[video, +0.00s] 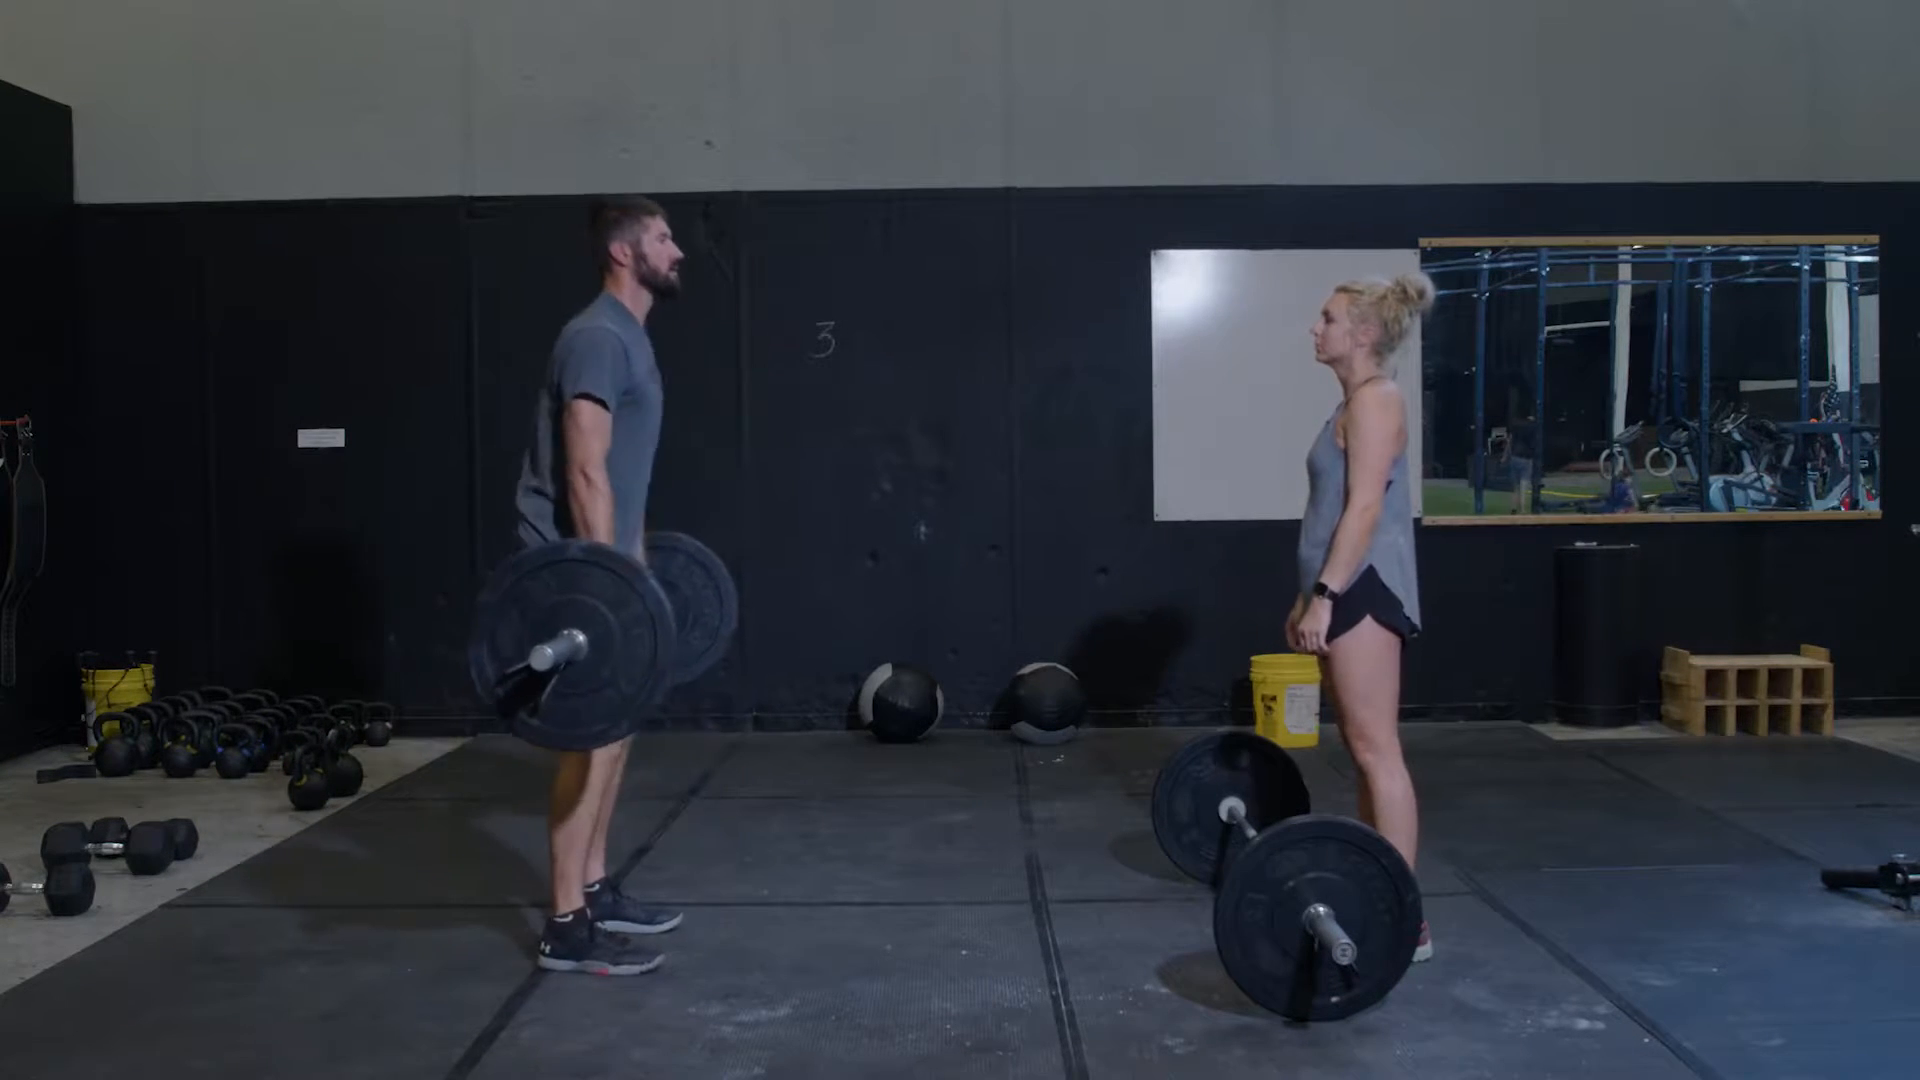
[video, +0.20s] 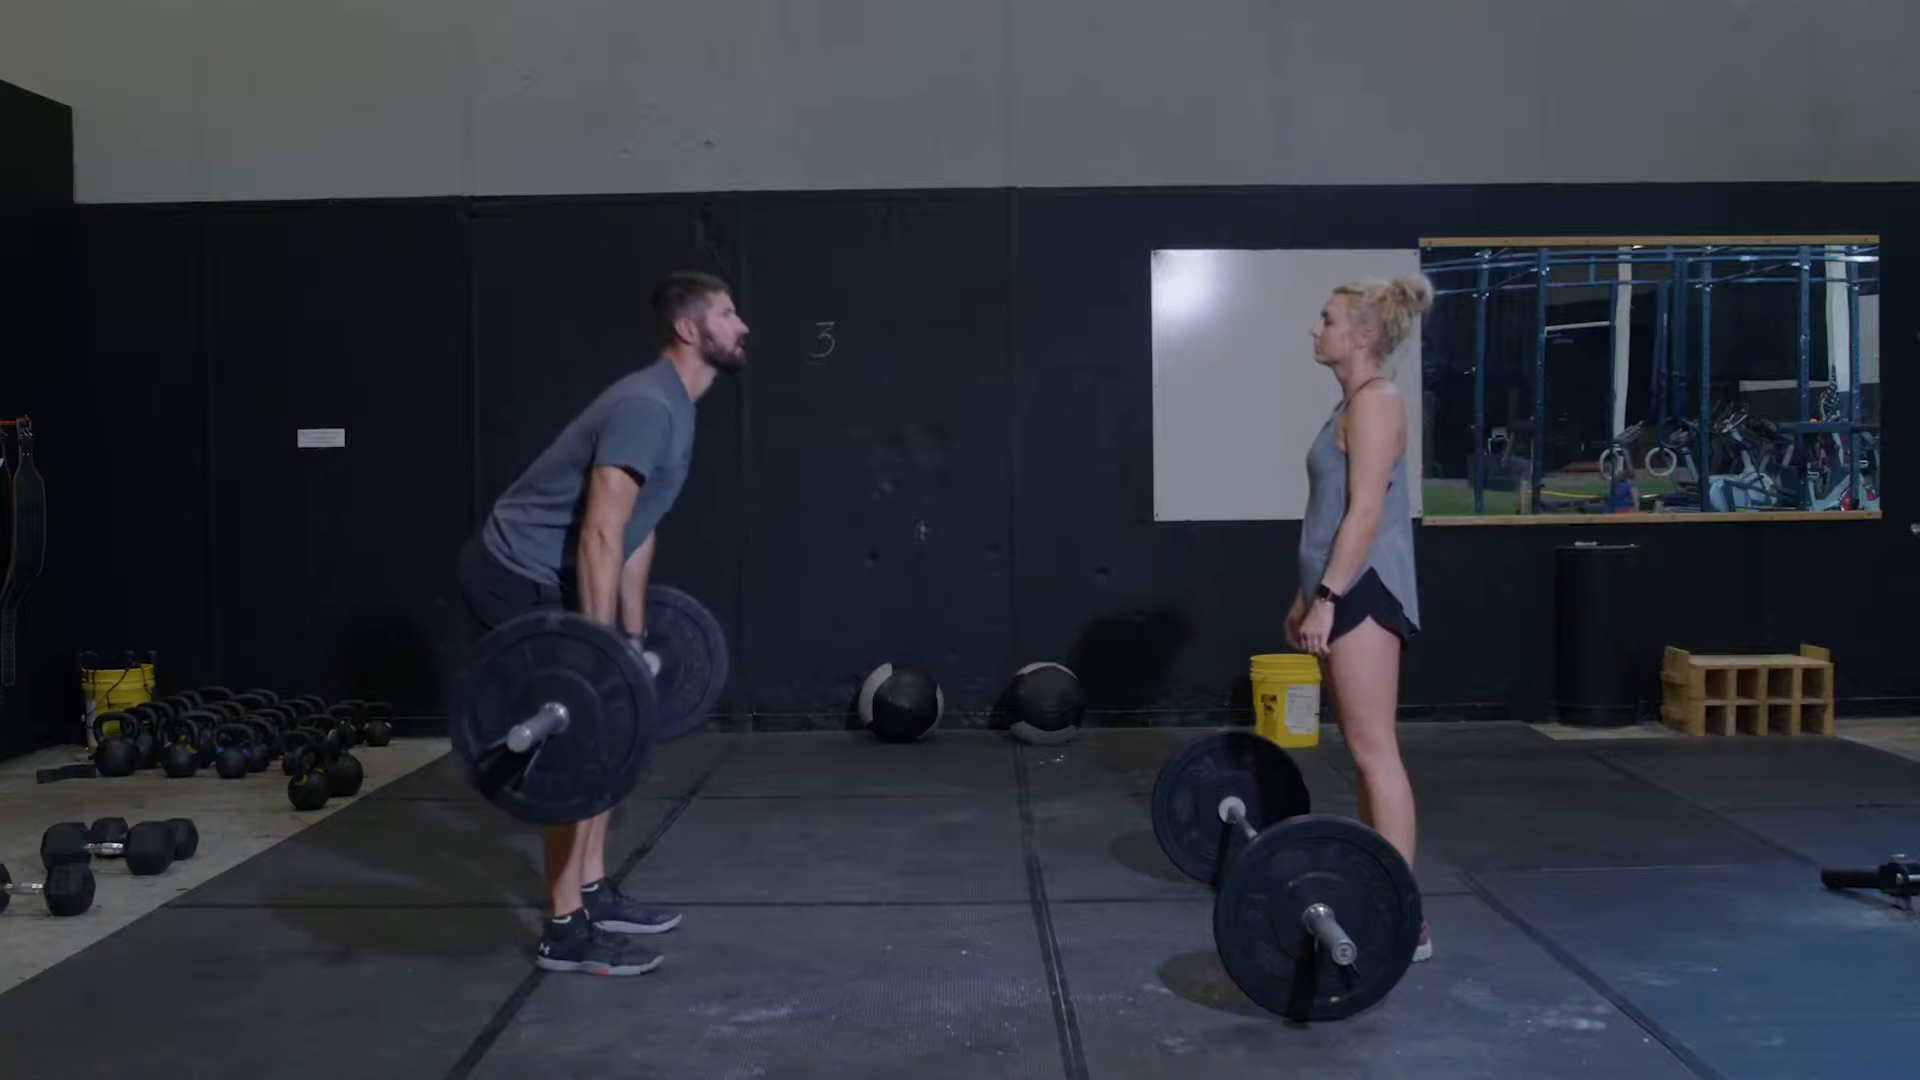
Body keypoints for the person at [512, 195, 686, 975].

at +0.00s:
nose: (677, 253)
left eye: (673, 240)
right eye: (664, 241)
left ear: (633, 255)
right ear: (624, 254)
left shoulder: (629, 338)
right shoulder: (597, 339)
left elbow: (614, 473)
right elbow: (583, 474)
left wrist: (640, 570)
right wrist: (604, 588)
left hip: (610, 558)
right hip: (575, 562)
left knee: (616, 725)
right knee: (590, 730)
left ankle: (590, 891)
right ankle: (566, 923)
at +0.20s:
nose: (742, 328)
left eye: (738, 315)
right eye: (728, 316)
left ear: (694, 332)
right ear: (688, 329)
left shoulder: (675, 411)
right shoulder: (647, 407)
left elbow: (638, 535)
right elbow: (598, 535)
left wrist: (633, 642)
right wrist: (595, 656)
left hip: (561, 570)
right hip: (517, 574)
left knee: (609, 715)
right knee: (579, 726)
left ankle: (589, 893)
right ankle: (562, 924)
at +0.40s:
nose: (708, 304)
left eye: (702, 293)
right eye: (693, 294)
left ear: (660, 313)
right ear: (653, 311)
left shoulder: (656, 391)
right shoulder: (625, 389)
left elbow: (644, 517)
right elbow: (598, 519)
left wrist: (654, 618)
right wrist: (617, 635)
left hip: (576, 571)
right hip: (538, 574)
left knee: (636, 717)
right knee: (613, 729)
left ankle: (597, 892)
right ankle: (568, 924)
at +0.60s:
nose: (629, 224)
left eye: (624, 210)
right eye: (614, 212)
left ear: (586, 226)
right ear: (574, 227)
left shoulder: (602, 294)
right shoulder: (566, 292)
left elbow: (642, 395)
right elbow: (593, 399)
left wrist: (685, 476)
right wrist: (648, 477)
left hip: (602, 524)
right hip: (567, 529)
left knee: (630, 696)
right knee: (598, 705)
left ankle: (604, 870)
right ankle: (576, 902)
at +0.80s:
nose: (647, 287)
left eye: (648, 274)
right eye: (630, 276)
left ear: (648, 280)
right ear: (590, 284)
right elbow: (538, 477)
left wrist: (695, 371)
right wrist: (592, 408)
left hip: (606, 579)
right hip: (562, 586)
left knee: (664, 728)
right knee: (643, 748)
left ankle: (595, 892)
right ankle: (571, 925)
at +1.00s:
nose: (657, 296)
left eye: (656, 283)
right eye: (640, 286)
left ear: (659, 292)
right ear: (605, 300)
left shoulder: (652, 379)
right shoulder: (601, 378)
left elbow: (725, 465)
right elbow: (670, 485)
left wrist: (685, 358)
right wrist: (650, 367)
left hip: (595, 589)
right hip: (553, 584)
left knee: (657, 729)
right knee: (636, 746)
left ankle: (593, 892)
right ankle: (568, 925)